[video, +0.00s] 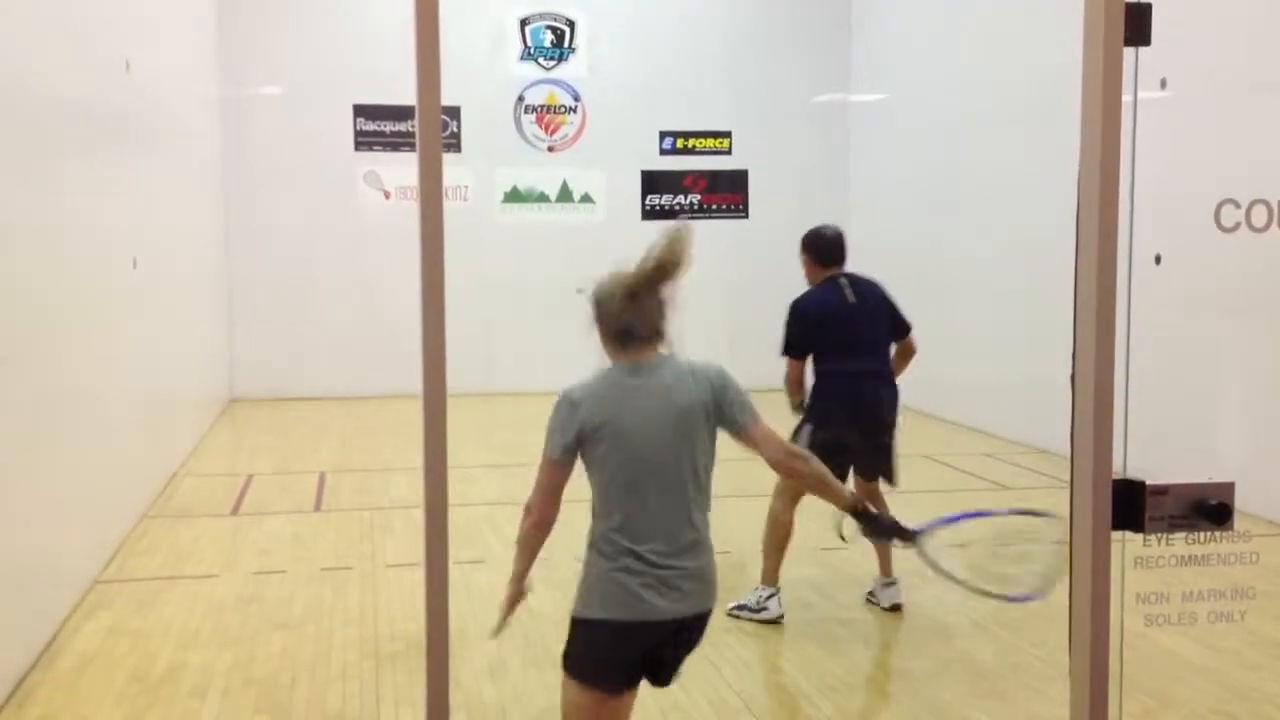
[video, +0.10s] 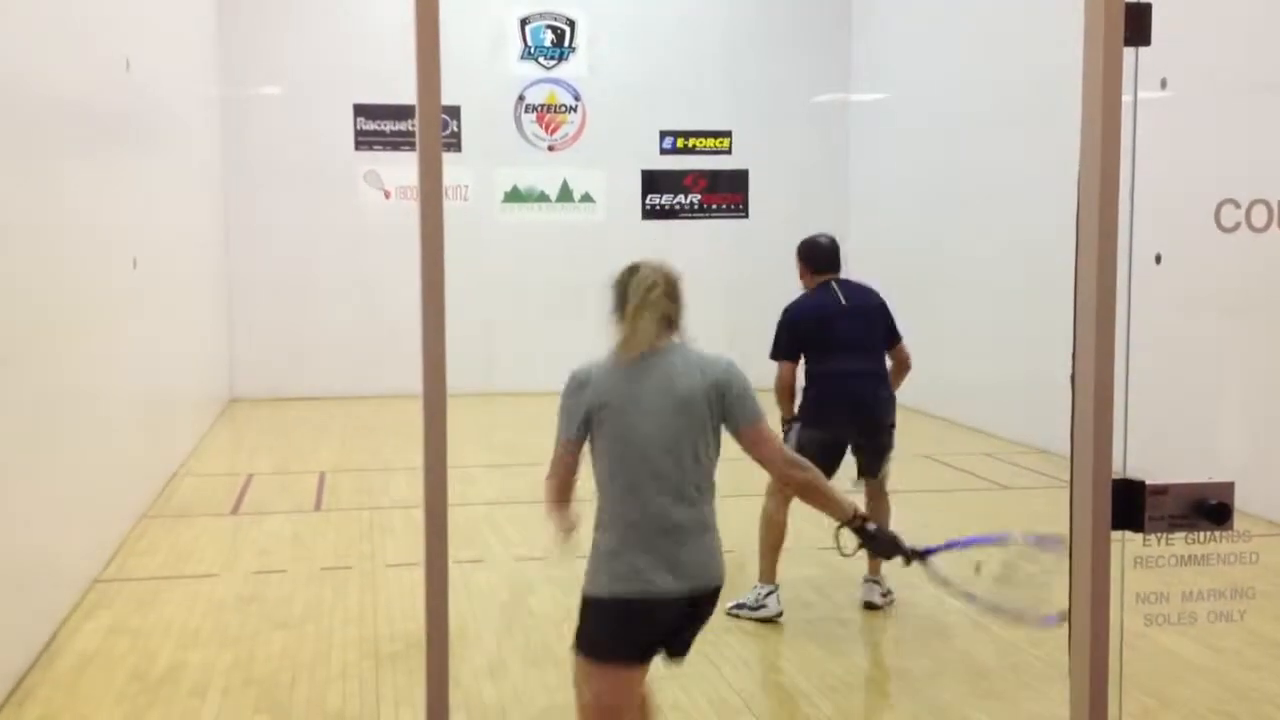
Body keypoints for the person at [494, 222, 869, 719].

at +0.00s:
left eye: (601, 324)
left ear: (603, 332)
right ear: (662, 322)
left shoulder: (581, 402)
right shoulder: (708, 384)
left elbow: (540, 513)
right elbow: (787, 459)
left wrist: (517, 578)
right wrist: (852, 503)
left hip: (613, 613)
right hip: (690, 607)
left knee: (589, 711)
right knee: (613, 691)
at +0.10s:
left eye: (624, 304)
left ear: (620, 312)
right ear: (676, 310)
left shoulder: (589, 382)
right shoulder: (715, 374)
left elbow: (560, 477)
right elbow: (784, 465)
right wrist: (857, 521)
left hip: (623, 589)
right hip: (699, 583)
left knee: (605, 705)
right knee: (622, 678)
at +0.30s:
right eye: (716, 285)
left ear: (655, 290)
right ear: (715, 293)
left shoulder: (617, 365)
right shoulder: (734, 366)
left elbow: (594, 471)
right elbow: (761, 475)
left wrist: (610, 547)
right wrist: (803, 549)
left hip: (646, 554)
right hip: (725, 550)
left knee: (637, 703)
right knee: (711, 692)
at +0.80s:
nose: (762, 260)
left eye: (760, 252)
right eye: (758, 253)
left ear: (710, 258)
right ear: (745, 260)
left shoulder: (680, 319)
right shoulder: (771, 323)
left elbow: (640, 387)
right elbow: (790, 403)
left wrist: (629, 432)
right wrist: (803, 468)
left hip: (697, 472)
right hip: (760, 472)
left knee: (704, 598)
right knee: (752, 580)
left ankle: (710, 712)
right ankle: (752, 686)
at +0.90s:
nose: (777, 249)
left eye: (775, 239)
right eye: (774, 241)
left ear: (727, 248)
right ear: (761, 248)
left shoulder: (694, 303)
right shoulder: (782, 308)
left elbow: (660, 375)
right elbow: (797, 388)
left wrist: (656, 424)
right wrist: (807, 447)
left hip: (704, 450)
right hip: (764, 452)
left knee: (708, 564)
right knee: (751, 558)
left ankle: (697, 666)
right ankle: (740, 660)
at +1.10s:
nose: (795, 259)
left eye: (793, 251)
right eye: (790, 252)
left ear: (754, 261)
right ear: (770, 260)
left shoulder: (714, 312)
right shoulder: (798, 321)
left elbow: (688, 381)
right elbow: (806, 398)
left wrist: (668, 438)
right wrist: (813, 448)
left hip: (723, 450)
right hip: (778, 452)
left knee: (720, 534)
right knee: (760, 551)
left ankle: (705, 615)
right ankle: (739, 649)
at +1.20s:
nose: (799, 247)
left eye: (796, 239)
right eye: (793, 240)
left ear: (761, 251)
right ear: (771, 250)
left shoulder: (722, 300)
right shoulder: (802, 305)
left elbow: (703, 364)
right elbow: (810, 375)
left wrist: (683, 424)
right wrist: (811, 423)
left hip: (734, 432)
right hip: (787, 432)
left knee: (742, 517)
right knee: (770, 531)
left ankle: (742, 610)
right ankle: (749, 624)